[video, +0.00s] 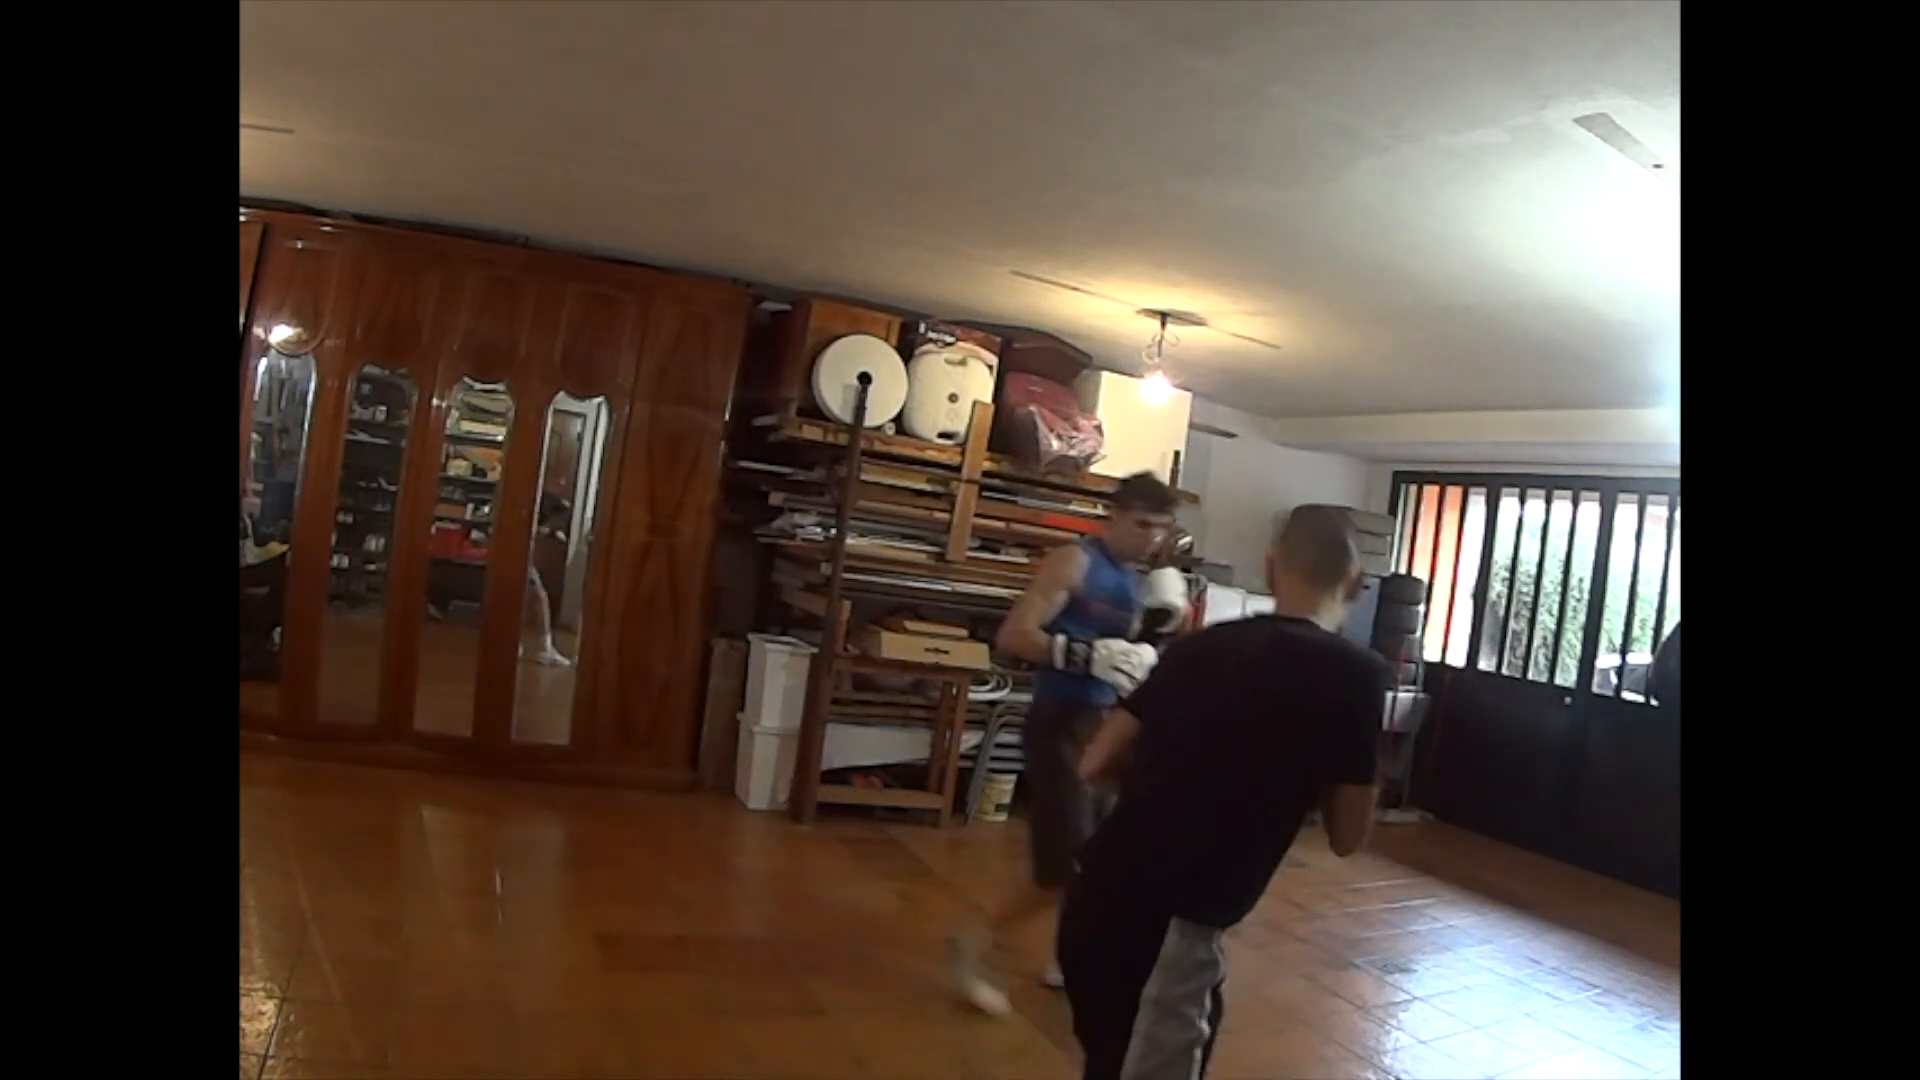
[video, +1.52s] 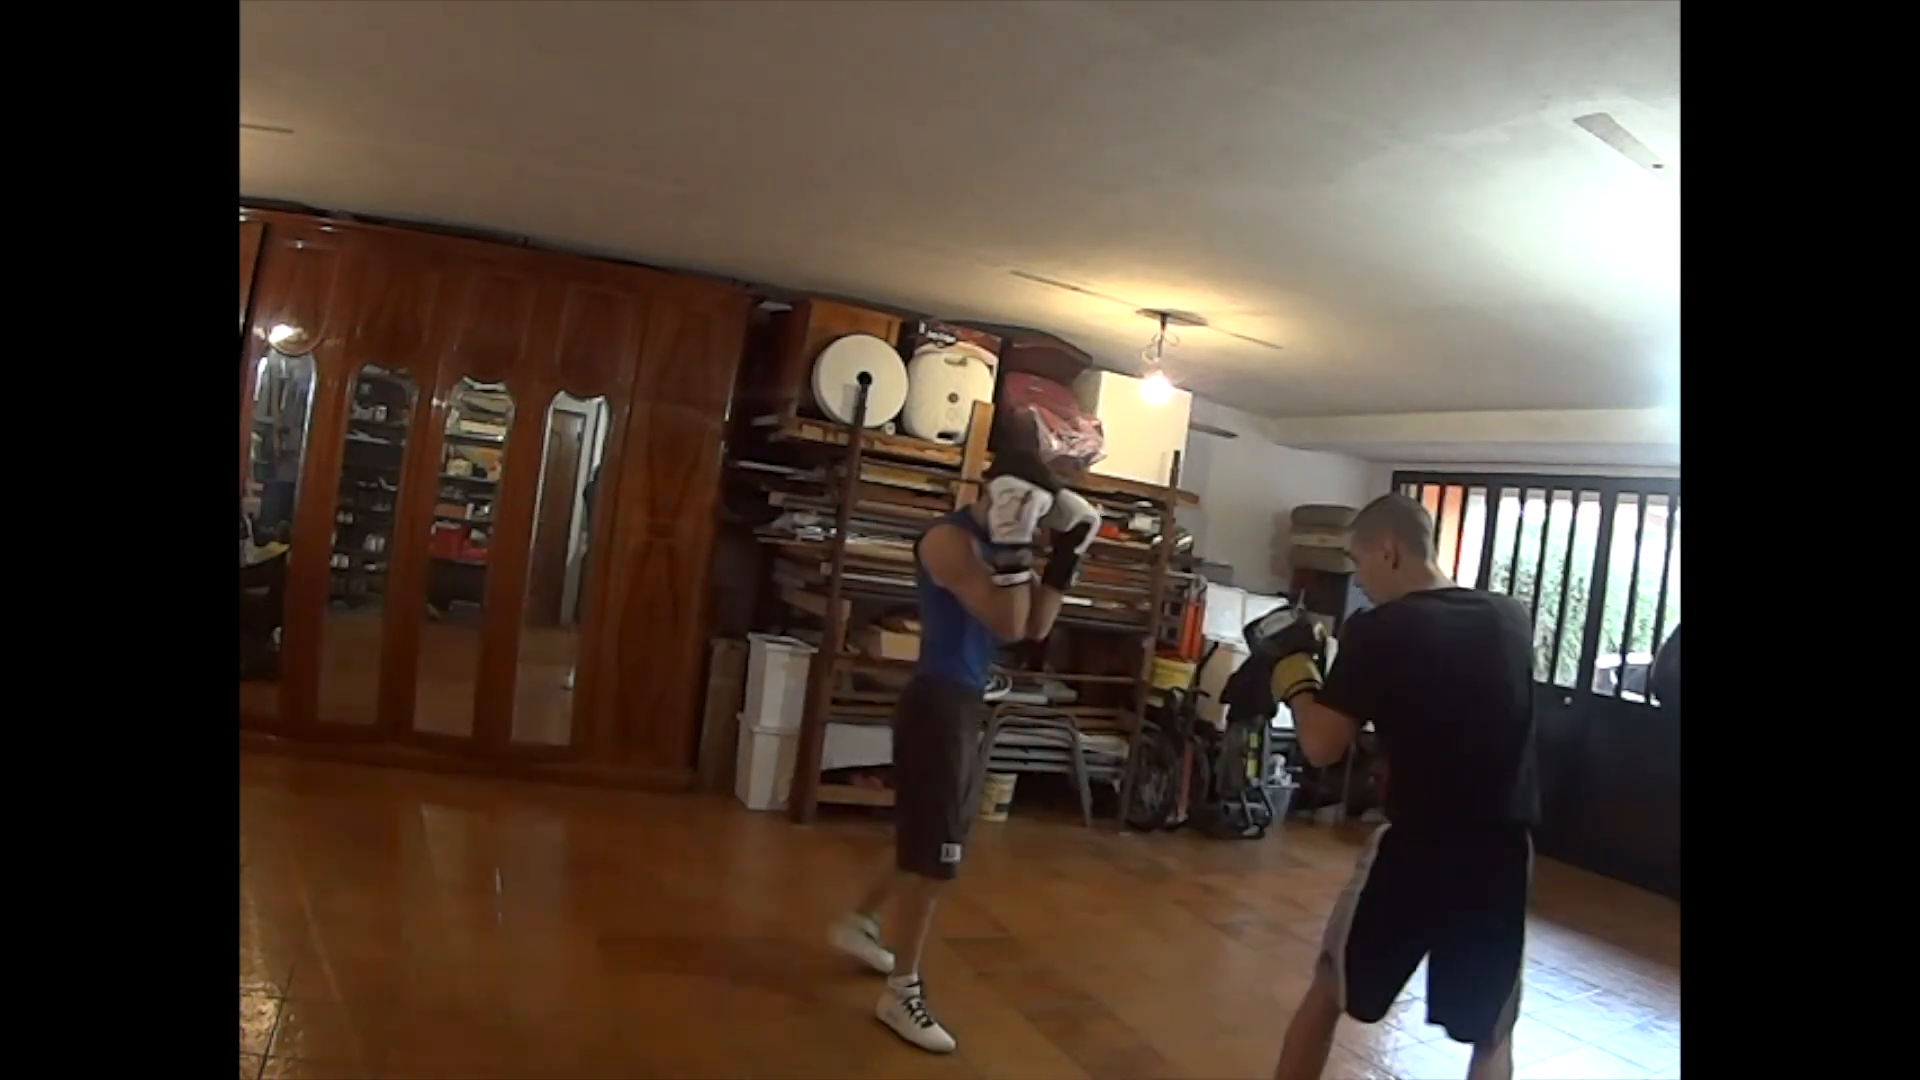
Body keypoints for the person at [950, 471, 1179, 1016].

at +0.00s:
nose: (1150, 538)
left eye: (1159, 529)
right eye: (1141, 524)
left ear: (1164, 533)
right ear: (1112, 518)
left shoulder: (1136, 579)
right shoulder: (1074, 561)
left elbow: (1129, 646)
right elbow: (1014, 635)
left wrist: (1163, 621)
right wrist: (1087, 654)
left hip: (1106, 726)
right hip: (1059, 722)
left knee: (1095, 852)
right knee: (1061, 863)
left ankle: (1067, 960)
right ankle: (981, 946)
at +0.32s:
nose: (1032, 536)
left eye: (1041, 525)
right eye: (1023, 523)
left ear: (1047, 526)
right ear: (997, 518)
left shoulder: (1034, 575)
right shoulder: (955, 567)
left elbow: (1014, 646)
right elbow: (911, 647)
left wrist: (1043, 654)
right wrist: (969, 656)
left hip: (997, 726)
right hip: (944, 721)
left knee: (1025, 840)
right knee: (898, 824)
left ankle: (1051, 948)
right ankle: (842, 895)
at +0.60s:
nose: (986, 491)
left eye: (994, 482)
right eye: (977, 479)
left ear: (1001, 486)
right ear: (954, 478)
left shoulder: (999, 536)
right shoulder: (910, 524)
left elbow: (992, 602)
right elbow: (859, 592)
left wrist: (1011, 598)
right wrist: (905, 606)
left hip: (952, 678)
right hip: (905, 671)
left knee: (927, 800)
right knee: (881, 796)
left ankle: (867, 877)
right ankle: (837, 887)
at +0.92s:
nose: (972, 500)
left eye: (979, 492)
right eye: (963, 489)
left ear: (983, 497)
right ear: (938, 487)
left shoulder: (973, 548)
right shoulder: (897, 531)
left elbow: (975, 636)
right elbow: (836, 594)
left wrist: (982, 600)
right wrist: (877, 608)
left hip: (925, 686)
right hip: (883, 676)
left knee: (876, 789)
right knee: (905, 806)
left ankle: (828, 870)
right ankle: (853, 910)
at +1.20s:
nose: (995, 533)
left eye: (1001, 523)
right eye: (985, 520)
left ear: (1001, 526)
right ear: (954, 516)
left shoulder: (981, 572)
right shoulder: (910, 557)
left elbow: (973, 663)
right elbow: (850, 630)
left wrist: (988, 635)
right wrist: (901, 621)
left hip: (931, 708)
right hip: (892, 702)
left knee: (883, 804)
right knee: (902, 843)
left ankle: (826, 871)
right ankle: (894, 987)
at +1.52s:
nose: (1026, 512)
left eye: (1034, 504)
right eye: (1021, 498)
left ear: (1031, 507)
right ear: (991, 486)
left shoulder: (999, 543)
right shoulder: (946, 539)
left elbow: (1035, 626)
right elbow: (1008, 622)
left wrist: (1065, 558)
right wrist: (1020, 552)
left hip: (967, 708)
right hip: (937, 706)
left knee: (937, 842)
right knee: (934, 860)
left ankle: (862, 921)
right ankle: (903, 993)